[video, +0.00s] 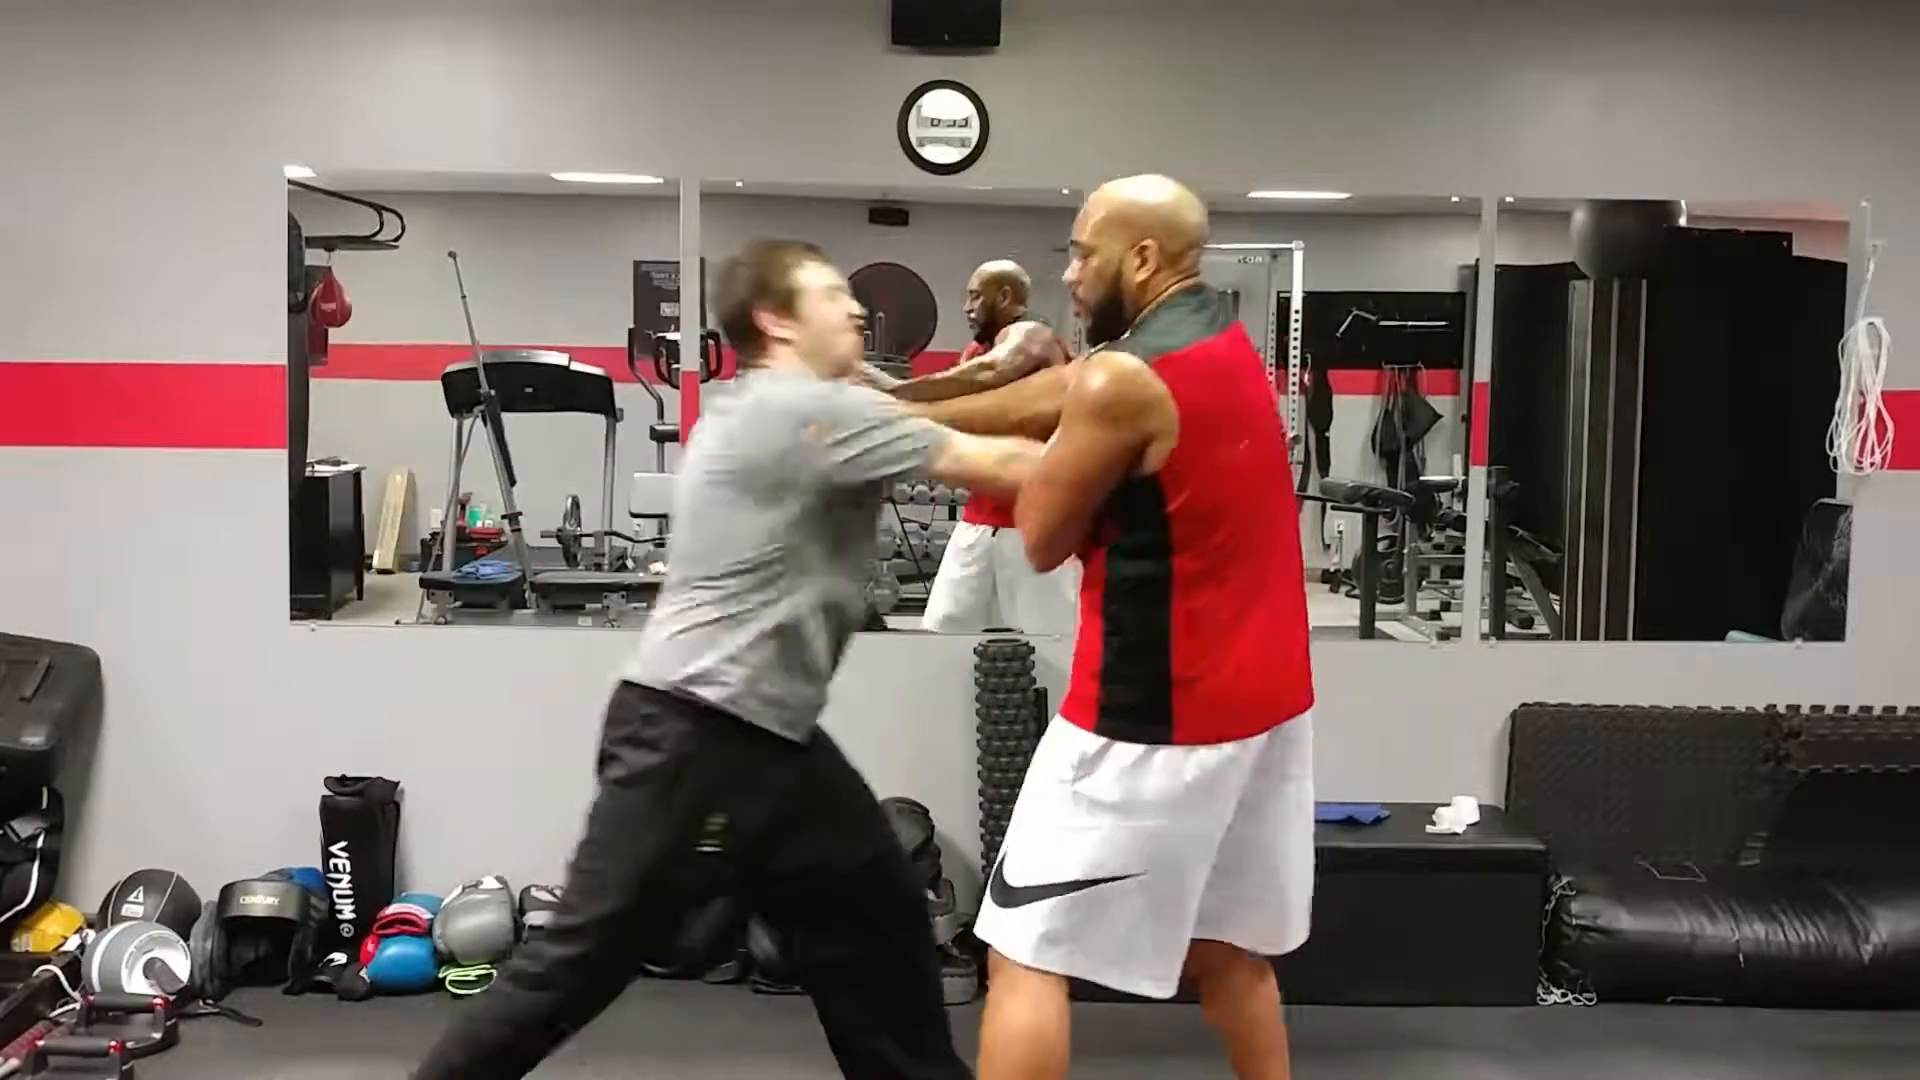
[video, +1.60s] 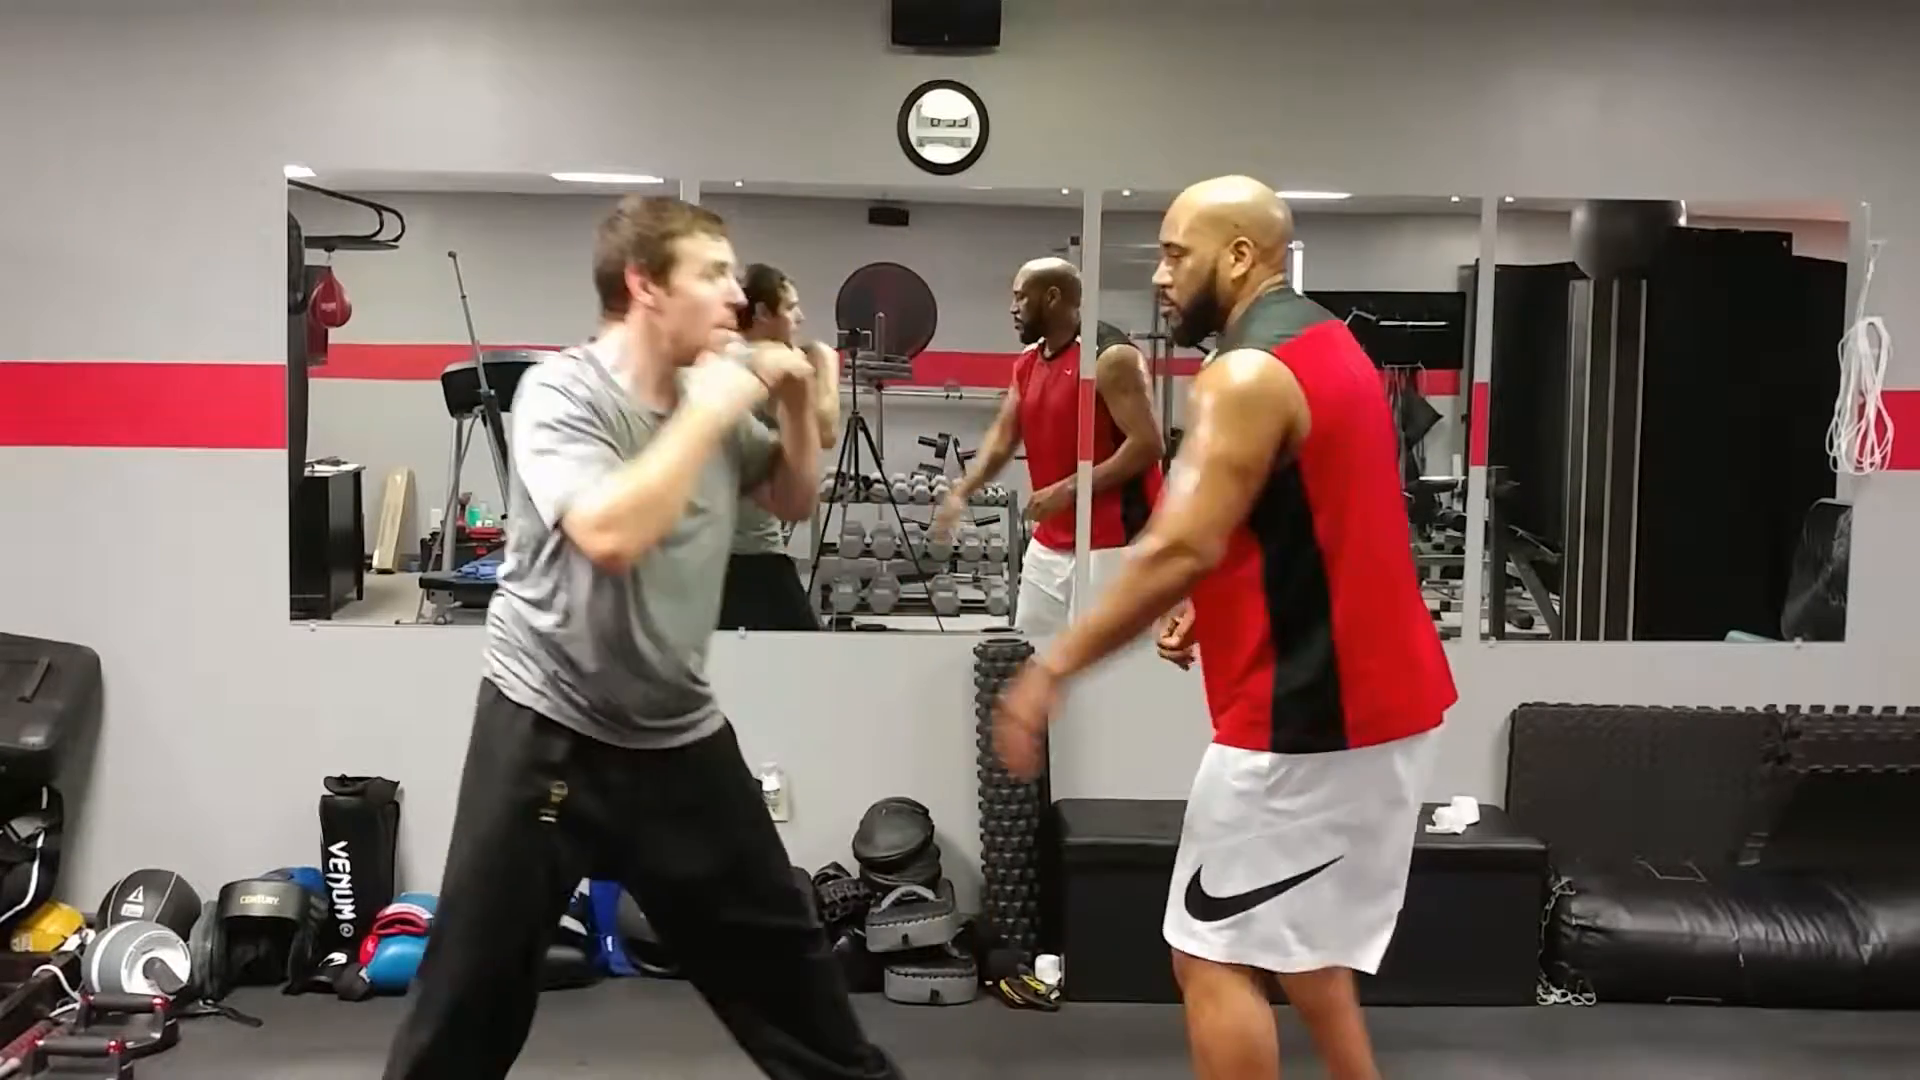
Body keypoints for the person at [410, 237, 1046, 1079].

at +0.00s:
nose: (860, 313)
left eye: (851, 296)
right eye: (838, 296)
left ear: (780, 327)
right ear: (776, 322)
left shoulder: (767, 402)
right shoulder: (802, 407)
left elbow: (928, 417)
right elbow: (996, 466)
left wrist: (1007, 371)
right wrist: (1101, 450)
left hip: (771, 741)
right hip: (688, 729)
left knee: (884, 939)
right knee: (571, 968)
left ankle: (921, 1073)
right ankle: (439, 1073)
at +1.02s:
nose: (968, 347)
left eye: (969, 328)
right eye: (953, 323)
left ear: (886, 328)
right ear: (887, 325)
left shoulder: (883, 424)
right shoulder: (854, 431)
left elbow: (1019, 497)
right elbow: (1024, 524)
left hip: (815, 730)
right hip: (711, 714)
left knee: (897, 939)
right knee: (642, 971)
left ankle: (911, 1073)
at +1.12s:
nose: (963, 339)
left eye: (962, 320)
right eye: (945, 317)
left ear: (887, 325)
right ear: (883, 323)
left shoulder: (890, 422)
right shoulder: (853, 431)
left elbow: (1028, 500)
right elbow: (1025, 546)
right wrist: (1151, 565)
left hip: (814, 726)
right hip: (708, 713)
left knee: (901, 932)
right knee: (643, 962)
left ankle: (918, 1072)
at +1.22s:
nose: (954, 335)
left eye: (953, 315)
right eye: (936, 313)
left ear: (871, 324)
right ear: (868, 322)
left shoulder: (889, 425)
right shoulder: (829, 426)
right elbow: (937, 583)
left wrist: (953, 488)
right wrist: (1085, 572)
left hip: (806, 721)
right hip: (698, 710)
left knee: (894, 908)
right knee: (624, 953)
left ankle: (926, 1067)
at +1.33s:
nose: (917, 330)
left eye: (915, 311)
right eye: (897, 311)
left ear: (842, 327)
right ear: (829, 322)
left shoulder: (857, 427)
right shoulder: (769, 421)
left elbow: (867, 563)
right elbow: (807, 603)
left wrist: (929, 525)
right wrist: (964, 598)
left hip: (794, 729)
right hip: (681, 718)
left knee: (890, 915)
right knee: (581, 962)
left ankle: (923, 1073)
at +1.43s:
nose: (850, 325)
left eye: (848, 305)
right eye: (828, 305)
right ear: (761, 319)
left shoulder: (810, 420)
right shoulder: (685, 424)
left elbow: (826, 554)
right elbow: (697, 605)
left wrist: (882, 483)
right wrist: (847, 581)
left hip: (761, 754)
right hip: (635, 747)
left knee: (870, 958)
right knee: (524, 987)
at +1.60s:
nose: (737, 300)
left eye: (735, 279)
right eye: (714, 277)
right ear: (643, 288)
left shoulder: (712, 402)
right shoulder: (557, 392)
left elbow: (792, 499)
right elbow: (608, 533)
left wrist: (802, 401)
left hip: (678, 732)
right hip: (543, 719)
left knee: (785, 965)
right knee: (470, 987)